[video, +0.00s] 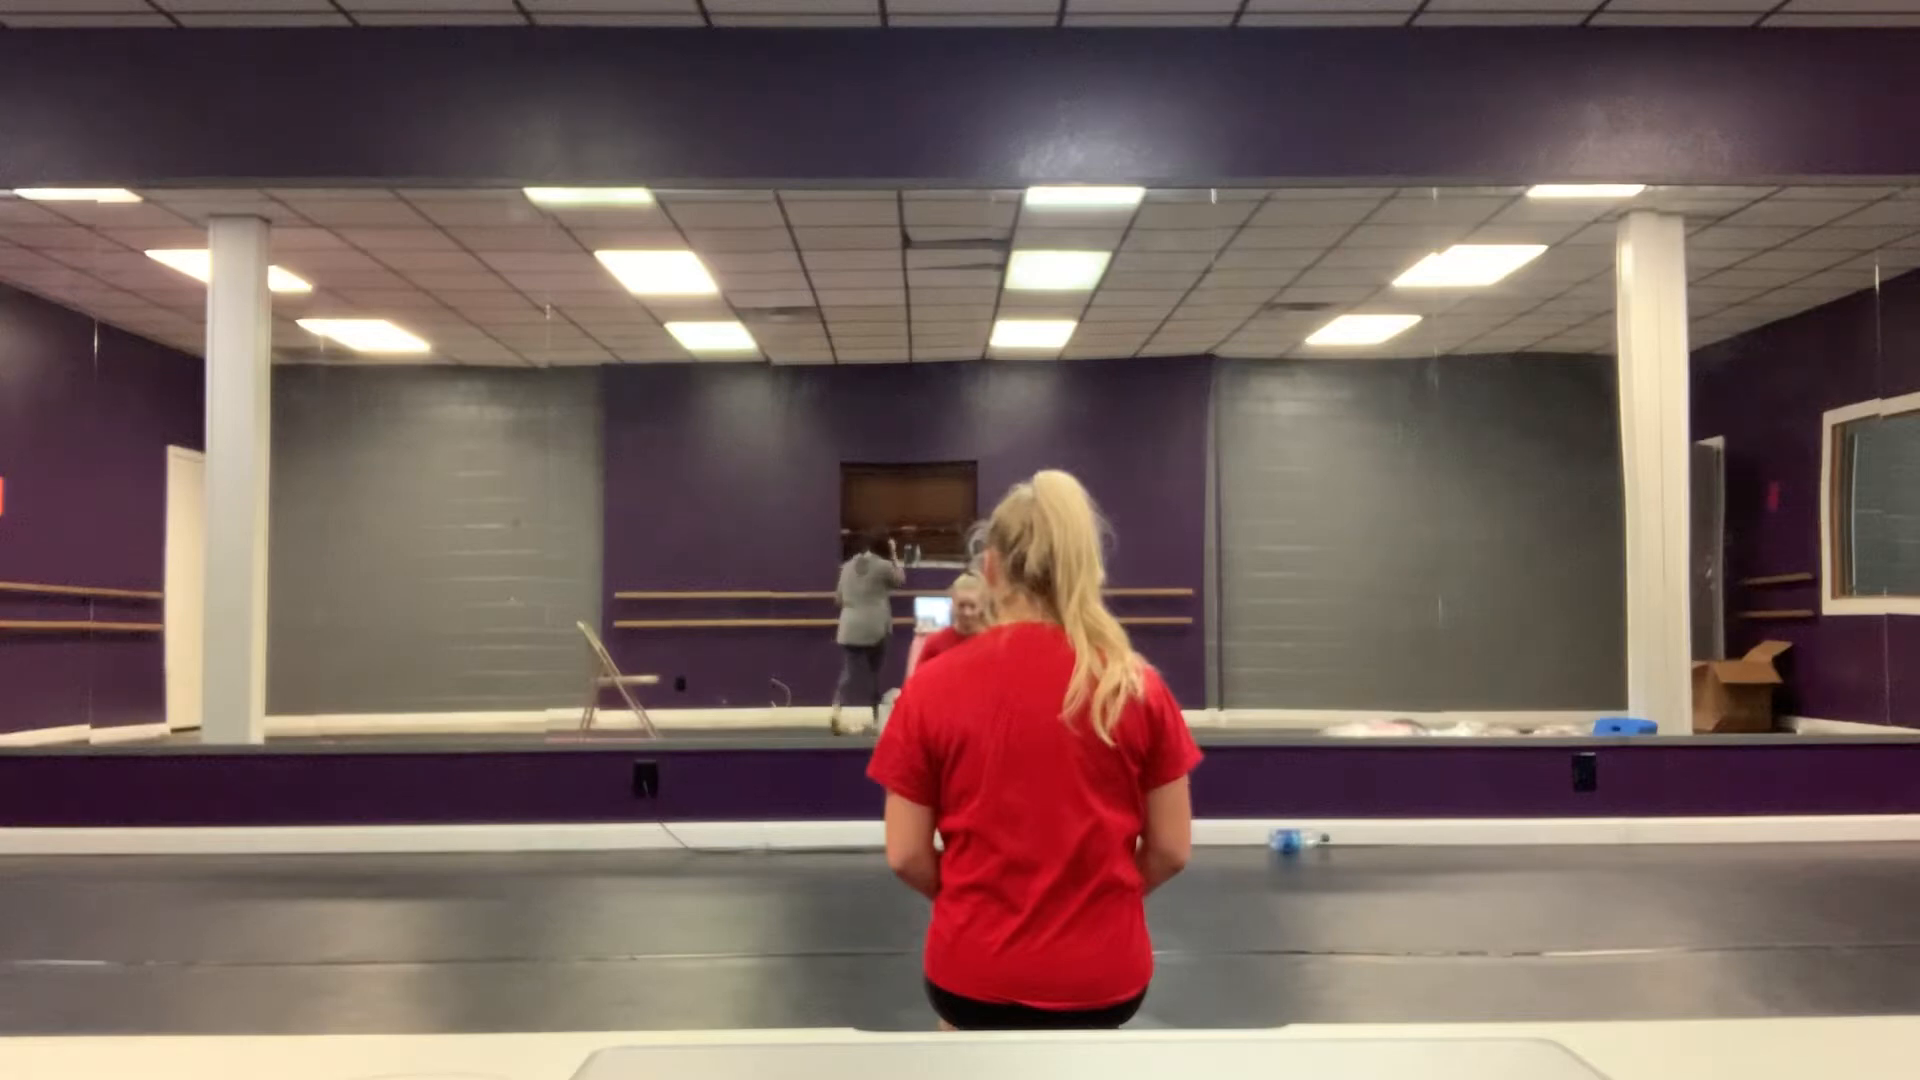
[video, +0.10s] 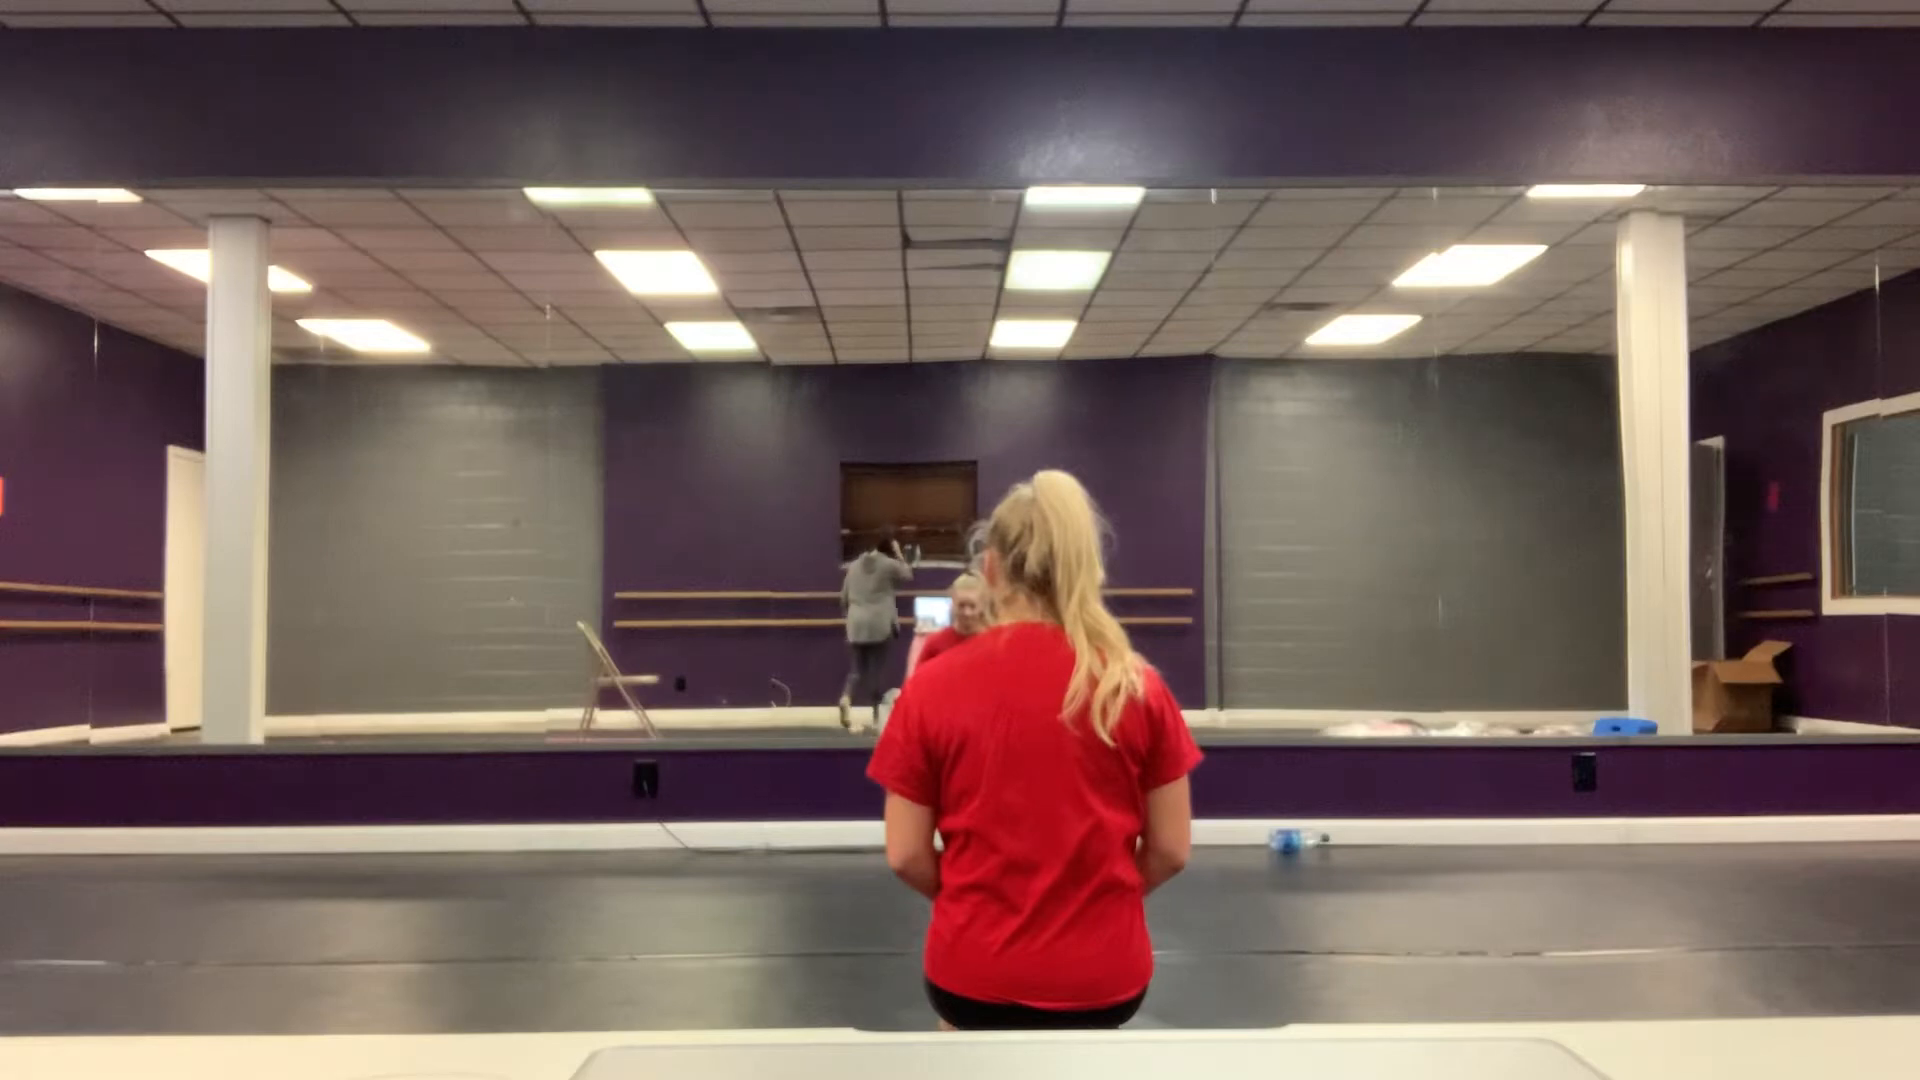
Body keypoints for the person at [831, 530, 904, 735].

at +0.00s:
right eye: (885, 545)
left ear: (861, 545)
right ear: (880, 547)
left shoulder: (847, 567)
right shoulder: (881, 565)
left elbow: (839, 597)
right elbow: (900, 578)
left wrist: (854, 601)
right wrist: (894, 555)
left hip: (850, 620)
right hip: (876, 620)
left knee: (849, 668)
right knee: (873, 670)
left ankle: (838, 703)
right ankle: (873, 713)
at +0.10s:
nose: (895, 548)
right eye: (894, 545)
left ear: (871, 544)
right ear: (888, 547)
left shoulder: (854, 566)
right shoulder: (887, 563)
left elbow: (844, 596)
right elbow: (907, 574)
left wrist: (847, 612)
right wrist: (899, 554)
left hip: (856, 616)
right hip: (880, 616)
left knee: (856, 668)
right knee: (878, 668)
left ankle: (846, 697)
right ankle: (876, 714)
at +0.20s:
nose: (899, 546)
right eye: (898, 543)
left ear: (876, 542)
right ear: (893, 544)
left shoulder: (860, 564)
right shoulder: (894, 563)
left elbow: (849, 594)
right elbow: (913, 576)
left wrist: (850, 611)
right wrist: (903, 557)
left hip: (861, 615)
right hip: (885, 615)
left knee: (863, 662)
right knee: (881, 665)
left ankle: (858, 690)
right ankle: (876, 709)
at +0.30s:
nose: (902, 548)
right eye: (900, 545)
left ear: (879, 545)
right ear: (895, 546)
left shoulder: (864, 565)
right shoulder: (897, 564)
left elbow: (853, 594)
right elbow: (916, 579)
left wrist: (852, 615)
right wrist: (907, 561)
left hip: (865, 615)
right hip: (890, 616)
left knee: (870, 663)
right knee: (886, 663)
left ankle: (871, 699)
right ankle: (875, 700)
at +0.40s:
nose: (903, 548)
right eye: (902, 545)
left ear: (883, 545)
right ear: (899, 546)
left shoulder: (868, 566)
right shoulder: (902, 564)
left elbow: (857, 595)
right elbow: (920, 584)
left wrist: (855, 617)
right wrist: (912, 565)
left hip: (868, 621)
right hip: (892, 621)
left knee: (874, 666)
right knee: (888, 665)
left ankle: (876, 710)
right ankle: (883, 699)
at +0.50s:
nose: (905, 546)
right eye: (903, 543)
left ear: (884, 546)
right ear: (900, 546)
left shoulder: (872, 567)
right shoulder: (906, 566)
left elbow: (861, 595)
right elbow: (924, 588)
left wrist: (858, 618)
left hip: (872, 620)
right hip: (895, 620)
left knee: (880, 665)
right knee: (890, 664)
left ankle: (883, 702)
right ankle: (881, 702)